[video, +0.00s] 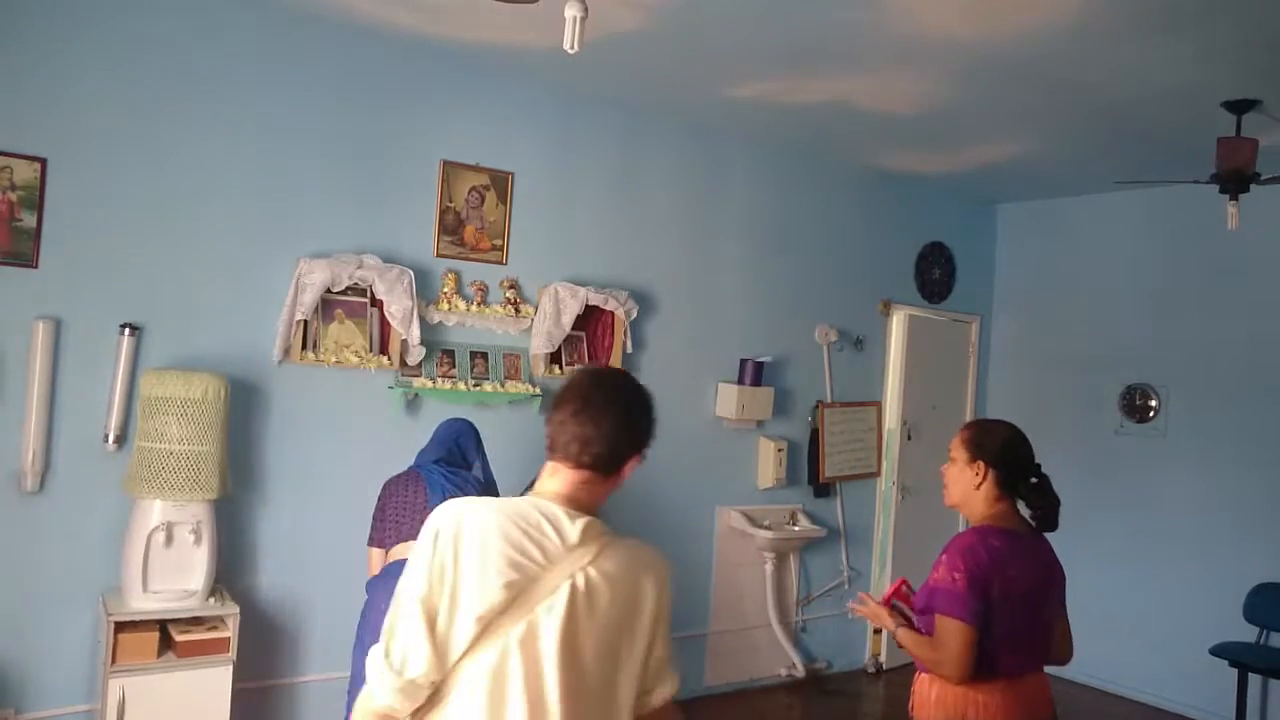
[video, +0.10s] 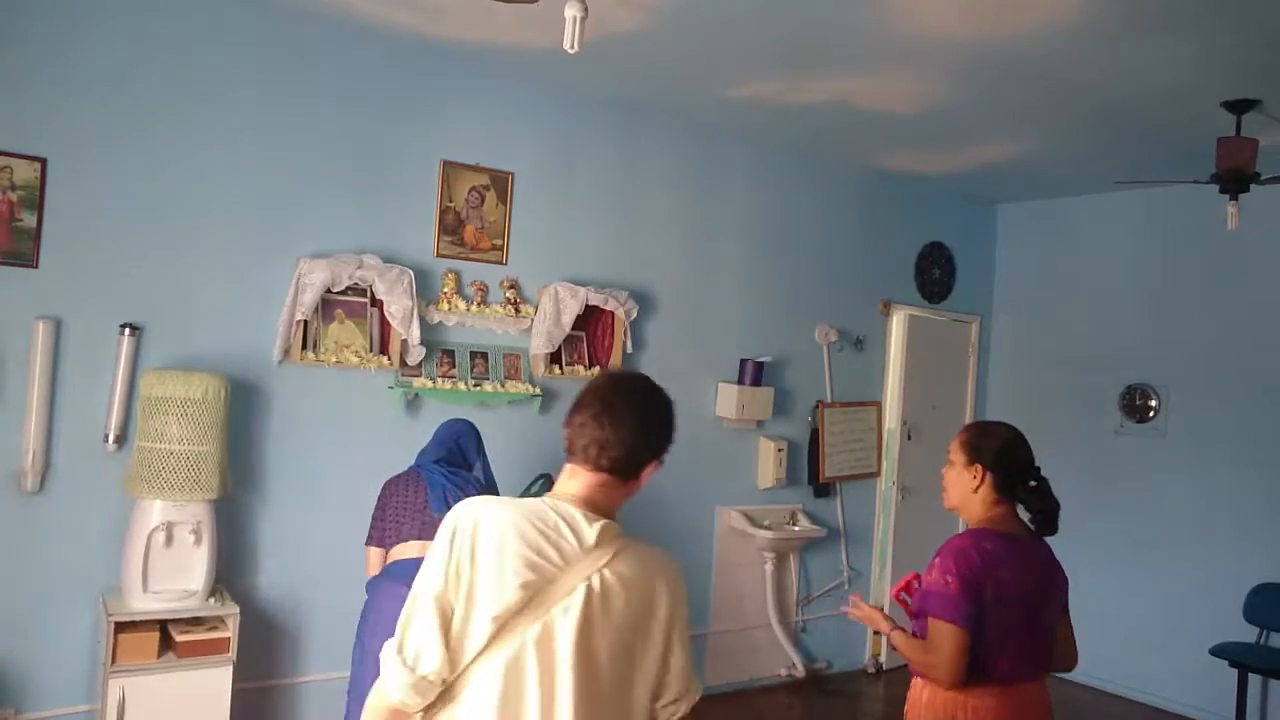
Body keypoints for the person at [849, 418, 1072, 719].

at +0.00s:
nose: (942, 471)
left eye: (951, 461)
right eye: (947, 461)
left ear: (978, 473)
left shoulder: (965, 550)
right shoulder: (1040, 547)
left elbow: (953, 665)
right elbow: (1060, 650)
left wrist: (895, 626)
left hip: (962, 701)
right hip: (1028, 695)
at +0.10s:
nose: (942, 473)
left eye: (951, 463)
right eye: (947, 463)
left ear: (976, 476)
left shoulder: (959, 553)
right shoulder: (1042, 554)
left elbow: (946, 669)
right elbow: (1064, 657)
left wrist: (887, 628)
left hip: (958, 704)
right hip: (1027, 700)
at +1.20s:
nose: (945, 478)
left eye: (949, 469)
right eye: (946, 469)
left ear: (973, 485)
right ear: (1016, 478)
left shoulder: (954, 558)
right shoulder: (1059, 553)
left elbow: (935, 672)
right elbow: (1087, 650)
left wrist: (901, 627)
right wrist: (1019, 646)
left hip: (968, 703)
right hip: (1043, 700)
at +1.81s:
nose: (966, 463)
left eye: (976, 457)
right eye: (972, 454)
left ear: (1003, 477)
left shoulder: (987, 548)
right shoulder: (1057, 545)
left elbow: (973, 657)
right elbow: (1075, 636)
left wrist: (915, 620)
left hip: (988, 692)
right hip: (1048, 684)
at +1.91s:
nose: (966, 464)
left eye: (976, 457)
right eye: (971, 455)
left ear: (1003, 476)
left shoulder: (990, 547)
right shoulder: (1054, 542)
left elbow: (975, 655)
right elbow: (1071, 636)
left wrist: (912, 618)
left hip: (987, 693)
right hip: (1045, 684)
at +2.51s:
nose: (963, 468)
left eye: (972, 459)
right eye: (968, 458)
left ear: (999, 475)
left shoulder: (983, 554)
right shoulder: (1059, 551)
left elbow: (972, 668)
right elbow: (1079, 652)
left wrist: (912, 630)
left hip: (982, 701)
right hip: (1048, 696)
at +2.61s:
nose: (962, 472)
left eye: (971, 462)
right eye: (967, 462)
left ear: (997, 478)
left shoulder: (981, 557)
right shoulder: (1062, 556)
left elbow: (968, 673)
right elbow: (1086, 657)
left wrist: (910, 636)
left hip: (982, 703)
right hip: (1050, 700)